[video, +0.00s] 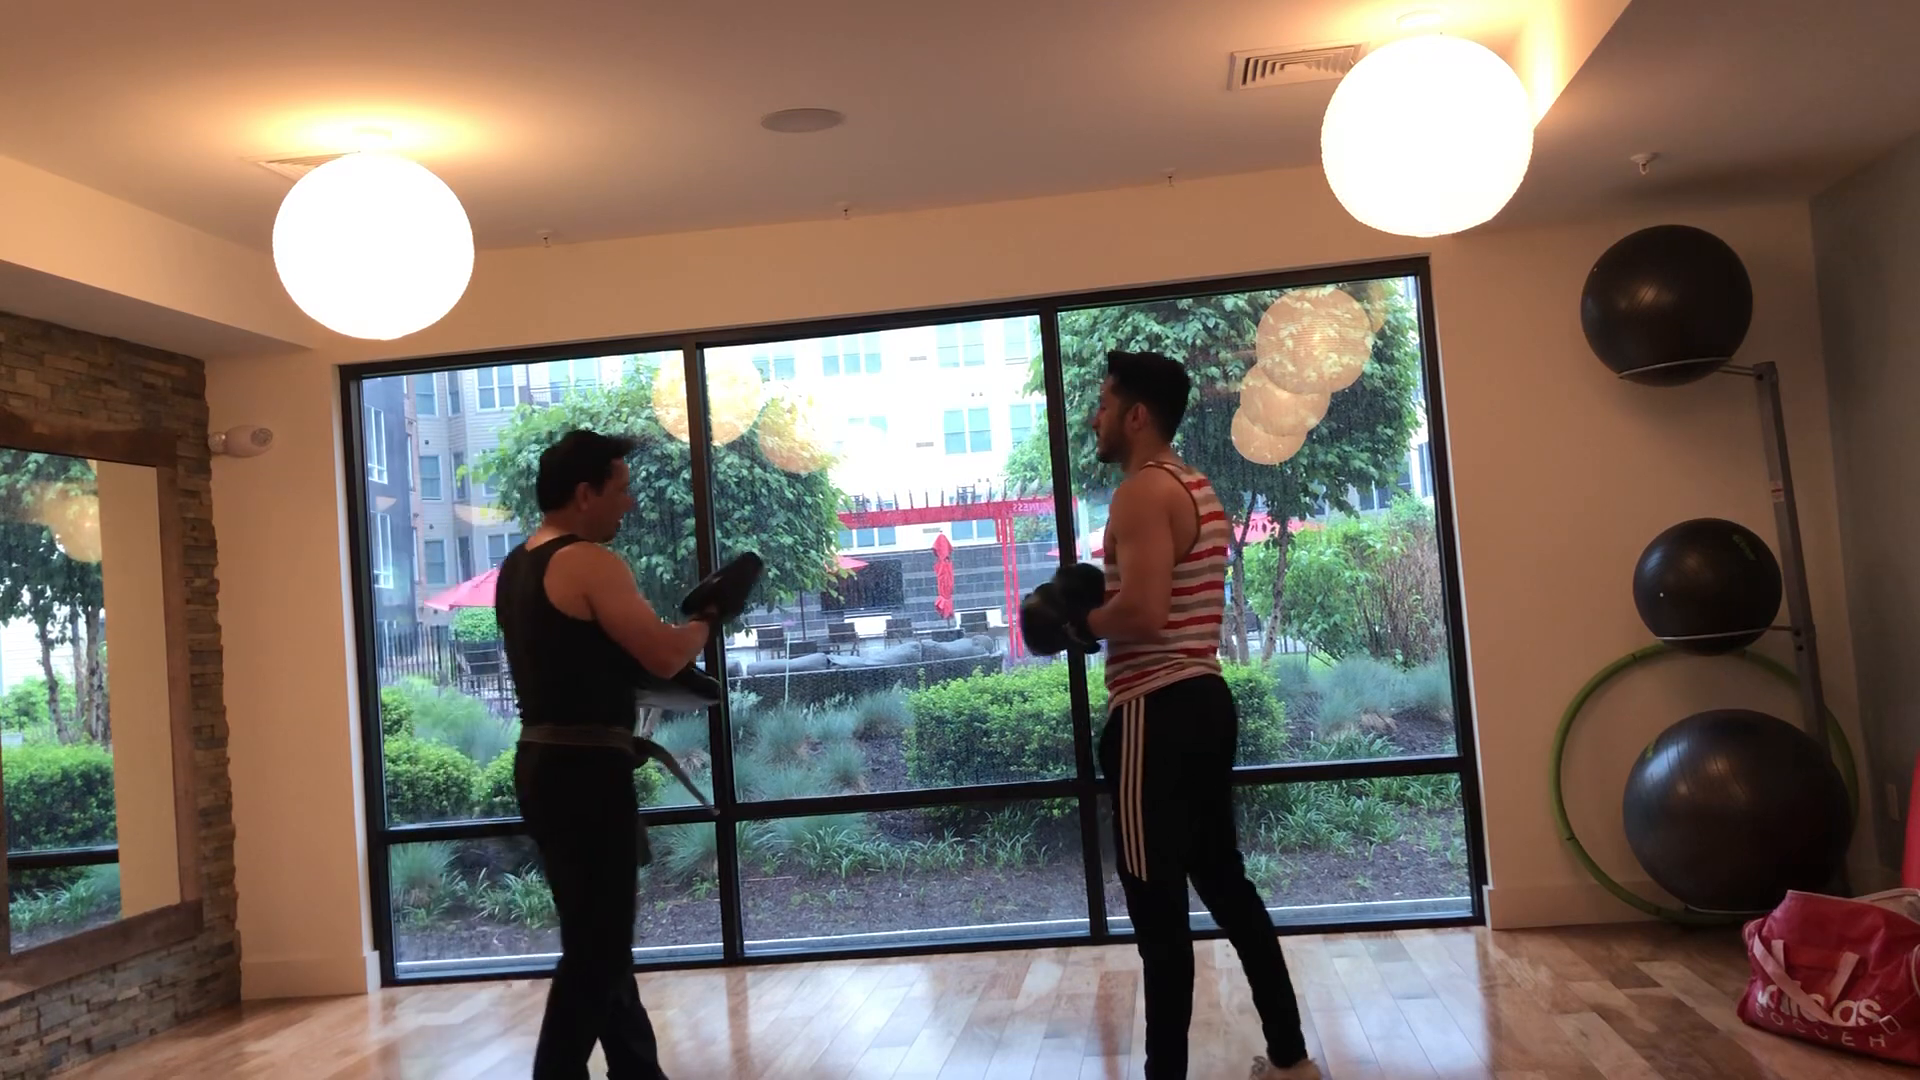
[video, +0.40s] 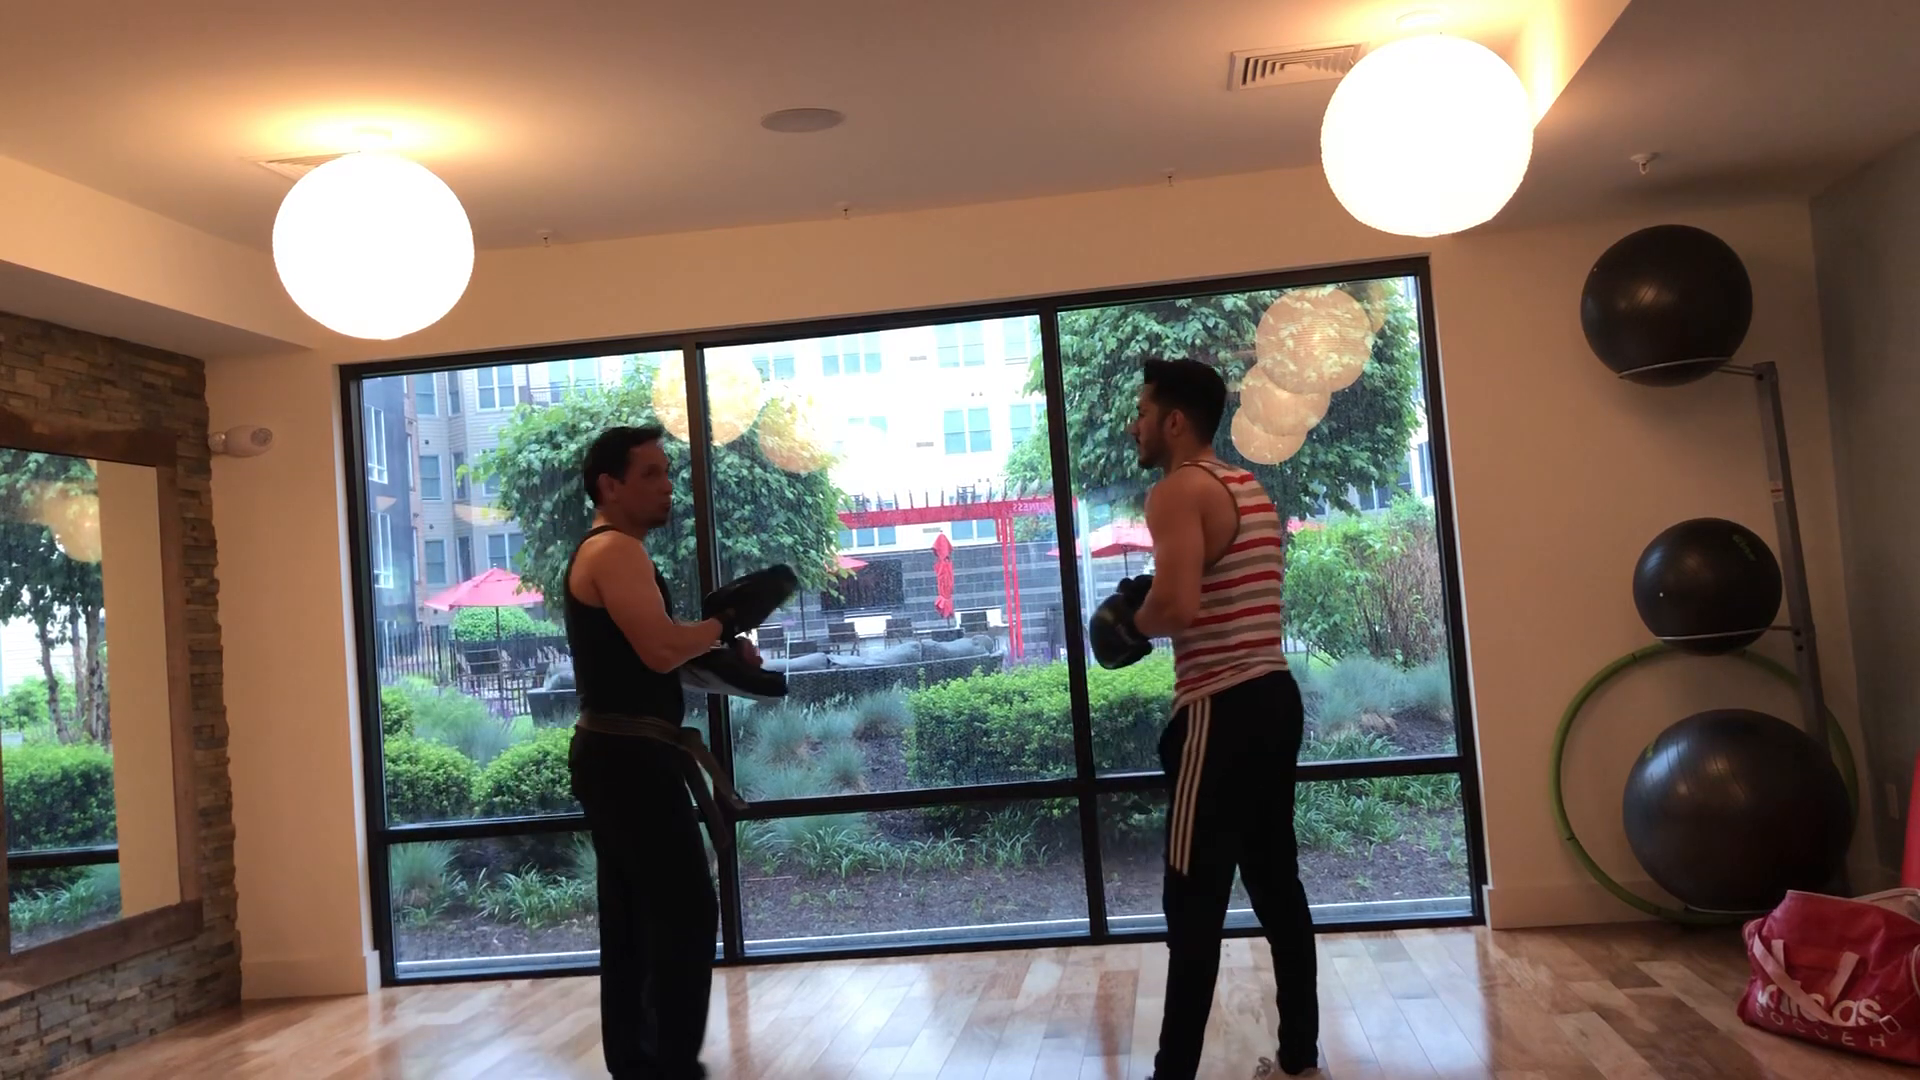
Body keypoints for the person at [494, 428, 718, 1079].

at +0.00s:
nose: (629, 500)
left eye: (628, 486)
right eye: (621, 487)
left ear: (570, 495)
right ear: (584, 495)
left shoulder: (519, 566)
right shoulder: (592, 565)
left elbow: (575, 663)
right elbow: (667, 657)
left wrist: (663, 638)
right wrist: (705, 619)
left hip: (544, 770)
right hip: (589, 772)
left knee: (600, 941)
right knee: (597, 946)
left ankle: (638, 1071)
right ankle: (559, 1073)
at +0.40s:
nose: (669, 485)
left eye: (667, 472)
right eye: (654, 473)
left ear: (614, 487)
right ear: (609, 485)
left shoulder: (598, 551)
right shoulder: (616, 551)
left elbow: (648, 651)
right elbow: (661, 648)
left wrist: (720, 657)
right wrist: (722, 623)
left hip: (610, 755)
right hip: (634, 759)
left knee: (630, 914)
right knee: (688, 910)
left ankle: (634, 1060)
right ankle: (672, 1064)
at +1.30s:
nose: (762, 475)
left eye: (768, 462)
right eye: (745, 464)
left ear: (776, 472)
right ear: (712, 480)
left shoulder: (782, 555)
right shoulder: (691, 554)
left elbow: (811, 636)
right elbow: (666, 654)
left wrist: (848, 657)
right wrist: (762, 674)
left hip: (787, 744)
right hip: (721, 751)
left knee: (809, 911)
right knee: (729, 913)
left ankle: (811, 1062)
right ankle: (706, 1062)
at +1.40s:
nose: (777, 473)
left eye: (784, 460)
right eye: (761, 463)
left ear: (793, 468)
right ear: (729, 475)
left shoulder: (803, 554)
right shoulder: (702, 552)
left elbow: (825, 638)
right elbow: (678, 654)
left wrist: (853, 660)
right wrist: (776, 674)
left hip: (798, 742)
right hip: (732, 747)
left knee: (813, 913)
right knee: (748, 912)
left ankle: (811, 1063)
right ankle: (716, 1060)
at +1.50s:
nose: (789, 470)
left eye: (797, 458)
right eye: (773, 459)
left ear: (807, 468)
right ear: (741, 472)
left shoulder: (817, 549)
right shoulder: (712, 548)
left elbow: (853, 634)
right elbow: (680, 648)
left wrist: (861, 664)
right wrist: (777, 674)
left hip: (808, 739)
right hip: (739, 744)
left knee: (815, 911)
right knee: (754, 911)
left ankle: (813, 1065)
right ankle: (737, 1063)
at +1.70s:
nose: (804, 471)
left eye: (813, 458)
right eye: (788, 459)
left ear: (824, 469)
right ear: (758, 472)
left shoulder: (838, 553)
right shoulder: (721, 551)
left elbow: (875, 635)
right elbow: (689, 652)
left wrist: (894, 678)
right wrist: (786, 681)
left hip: (820, 744)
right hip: (747, 749)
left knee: (823, 915)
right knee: (763, 921)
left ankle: (824, 1065)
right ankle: (785, 1071)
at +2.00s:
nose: (804, 468)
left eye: (813, 454)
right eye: (787, 457)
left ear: (824, 464)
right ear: (755, 470)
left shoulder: (840, 551)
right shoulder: (723, 552)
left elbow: (865, 641)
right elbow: (694, 657)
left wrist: (890, 700)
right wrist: (794, 693)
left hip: (833, 754)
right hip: (753, 760)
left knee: (879, 909)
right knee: (772, 927)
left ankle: (831, 1036)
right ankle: (784, 1068)